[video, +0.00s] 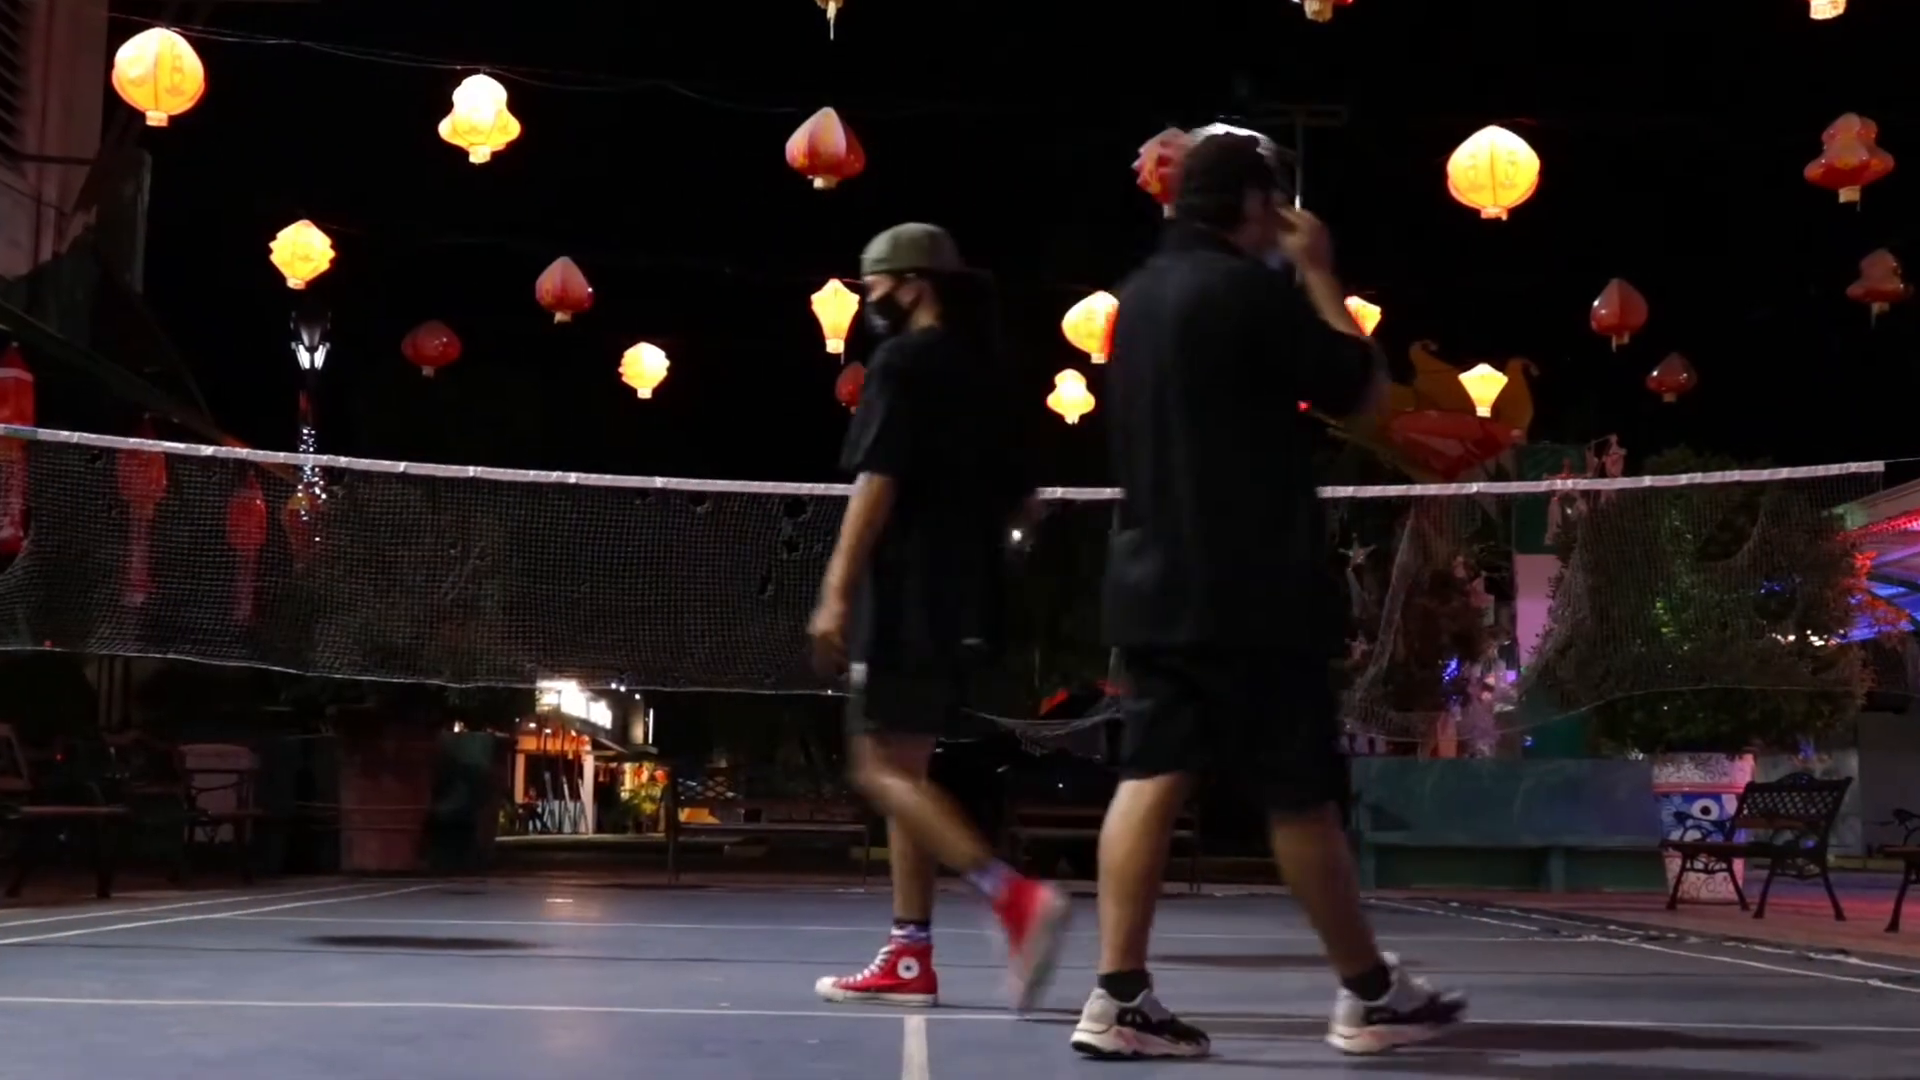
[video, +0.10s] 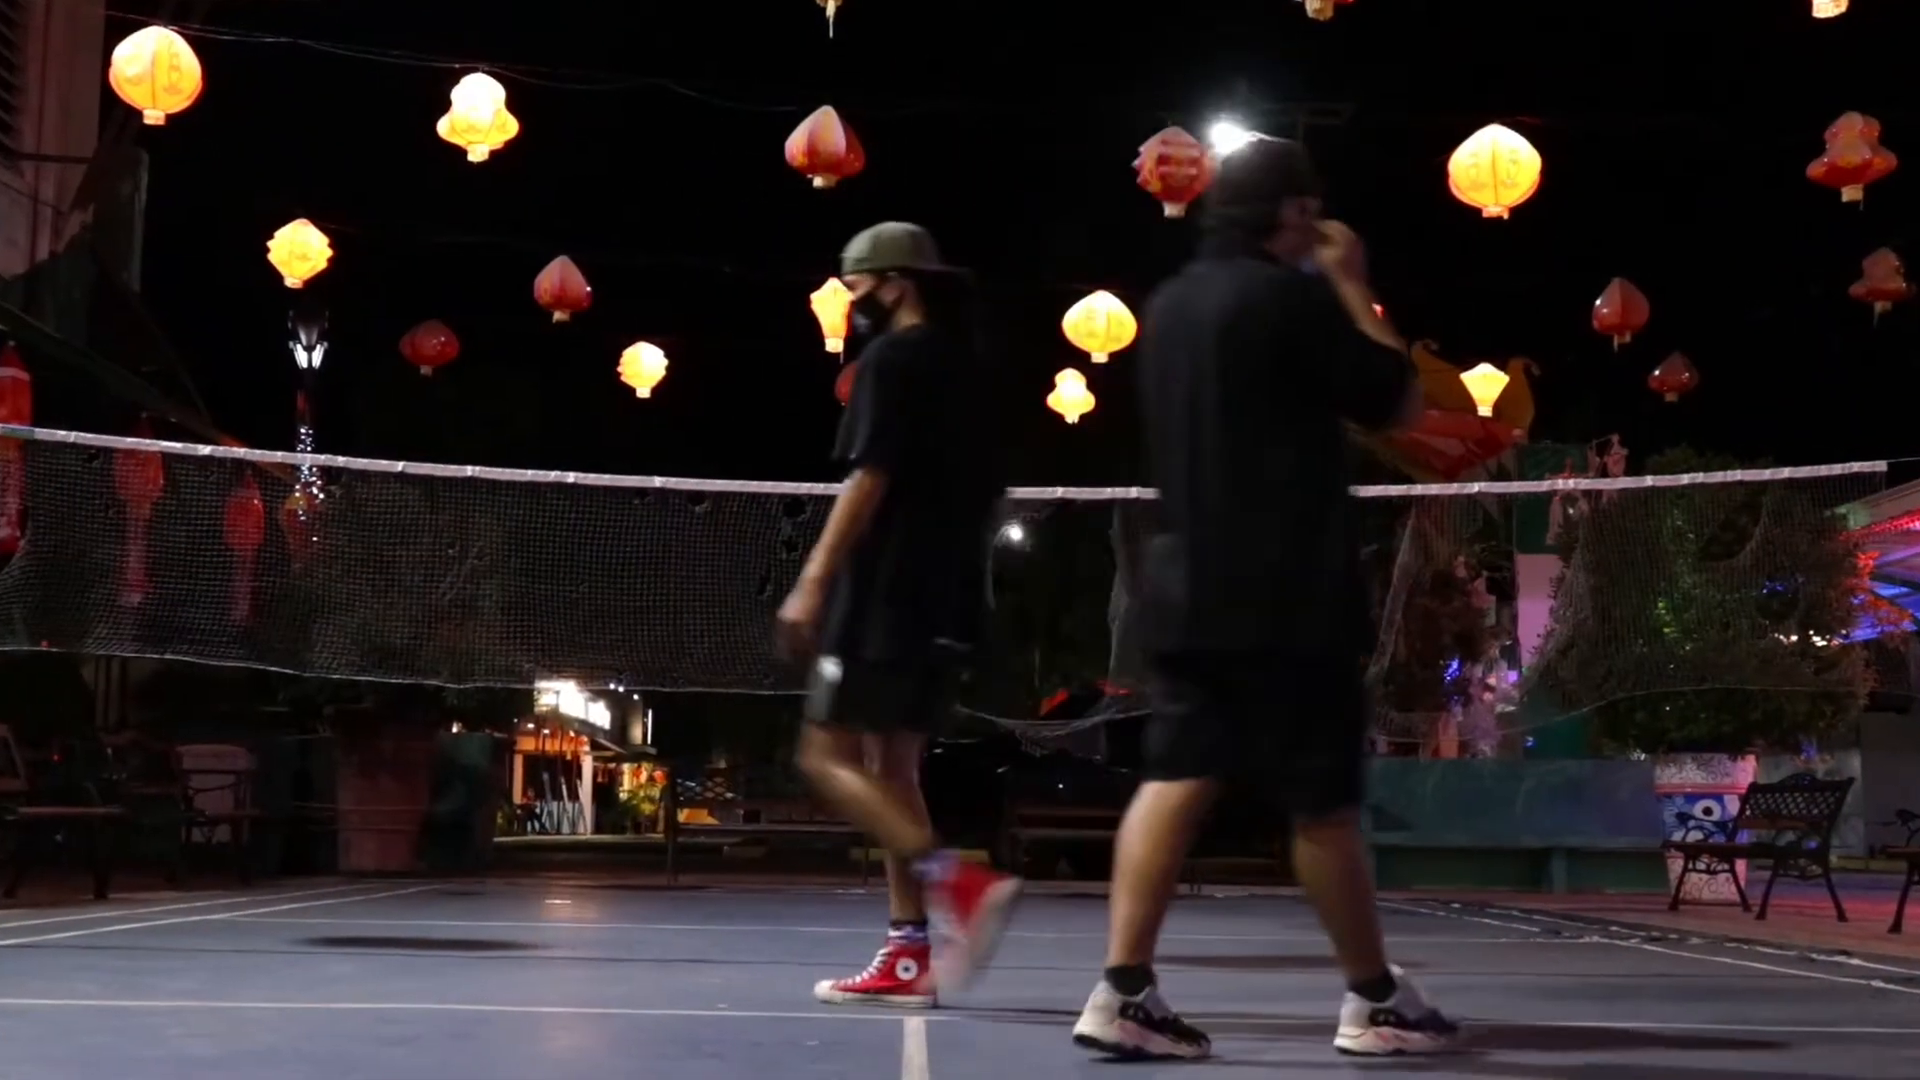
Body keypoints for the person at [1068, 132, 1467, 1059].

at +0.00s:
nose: (1286, 217)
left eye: (1283, 200)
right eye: (1280, 200)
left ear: (1183, 205)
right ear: (1252, 206)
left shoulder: (1141, 296)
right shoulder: (1253, 294)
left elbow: (1136, 433)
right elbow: (1359, 391)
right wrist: (1319, 274)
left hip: (1154, 586)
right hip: (1256, 588)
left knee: (1150, 775)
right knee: (1298, 793)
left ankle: (1117, 994)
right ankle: (1371, 990)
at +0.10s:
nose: (1318, 225)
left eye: (1313, 209)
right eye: (1309, 211)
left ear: (1219, 211)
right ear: (1282, 217)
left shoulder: (1168, 305)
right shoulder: (1290, 300)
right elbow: (1389, 395)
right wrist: (1350, 289)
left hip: (1189, 590)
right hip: (1294, 596)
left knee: (1175, 775)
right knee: (1324, 803)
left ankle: (1121, 992)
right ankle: (1375, 999)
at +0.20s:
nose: (1369, 226)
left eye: (1365, 213)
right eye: (1363, 213)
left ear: (1265, 217)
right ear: (1339, 221)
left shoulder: (1216, 313)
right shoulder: (1349, 303)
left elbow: (1260, 431)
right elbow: (1445, 405)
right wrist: (1406, 299)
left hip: (1246, 591)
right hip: (1351, 591)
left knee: (1249, 773)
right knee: (1361, 792)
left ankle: (1151, 952)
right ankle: (1378, 1005)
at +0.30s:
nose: (1391, 225)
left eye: (1387, 213)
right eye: (1385, 213)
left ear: (1290, 217)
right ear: (1370, 221)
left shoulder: (1247, 313)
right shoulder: (1387, 301)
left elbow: (1308, 407)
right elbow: (1474, 404)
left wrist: (1372, 286)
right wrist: (1435, 301)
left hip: (1282, 585)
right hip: (1387, 583)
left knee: (1300, 775)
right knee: (1378, 791)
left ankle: (1204, 919)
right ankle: (1380, 1004)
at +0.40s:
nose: (1428, 231)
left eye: (1422, 217)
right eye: (1423, 217)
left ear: (1328, 224)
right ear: (1408, 225)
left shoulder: (1284, 321)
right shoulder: (1431, 306)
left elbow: (1320, 431)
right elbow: (1518, 406)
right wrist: (1473, 305)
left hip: (1324, 582)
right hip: (1427, 581)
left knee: (1357, 772)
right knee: (1403, 789)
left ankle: (1307, 937)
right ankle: (1383, 1004)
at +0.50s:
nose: (1451, 231)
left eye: (1442, 218)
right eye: (1447, 218)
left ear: (1353, 230)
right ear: (1434, 228)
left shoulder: (1309, 329)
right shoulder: (1464, 310)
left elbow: (1292, 458)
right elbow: (1542, 416)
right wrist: (1505, 315)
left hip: (1349, 585)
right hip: (1448, 584)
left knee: (1389, 786)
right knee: (1420, 789)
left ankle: (1400, 988)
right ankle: (1383, 1003)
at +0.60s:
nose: (1481, 252)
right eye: (1476, 240)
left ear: (1384, 250)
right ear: (1467, 247)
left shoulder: (1344, 351)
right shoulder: (1503, 332)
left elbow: (1304, 477)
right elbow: (1597, 438)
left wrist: (1372, 514)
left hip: (1378, 599)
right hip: (1482, 595)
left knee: (1439, 803)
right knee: (1435, 795)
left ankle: (1503, 992)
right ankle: (1387, 1001)